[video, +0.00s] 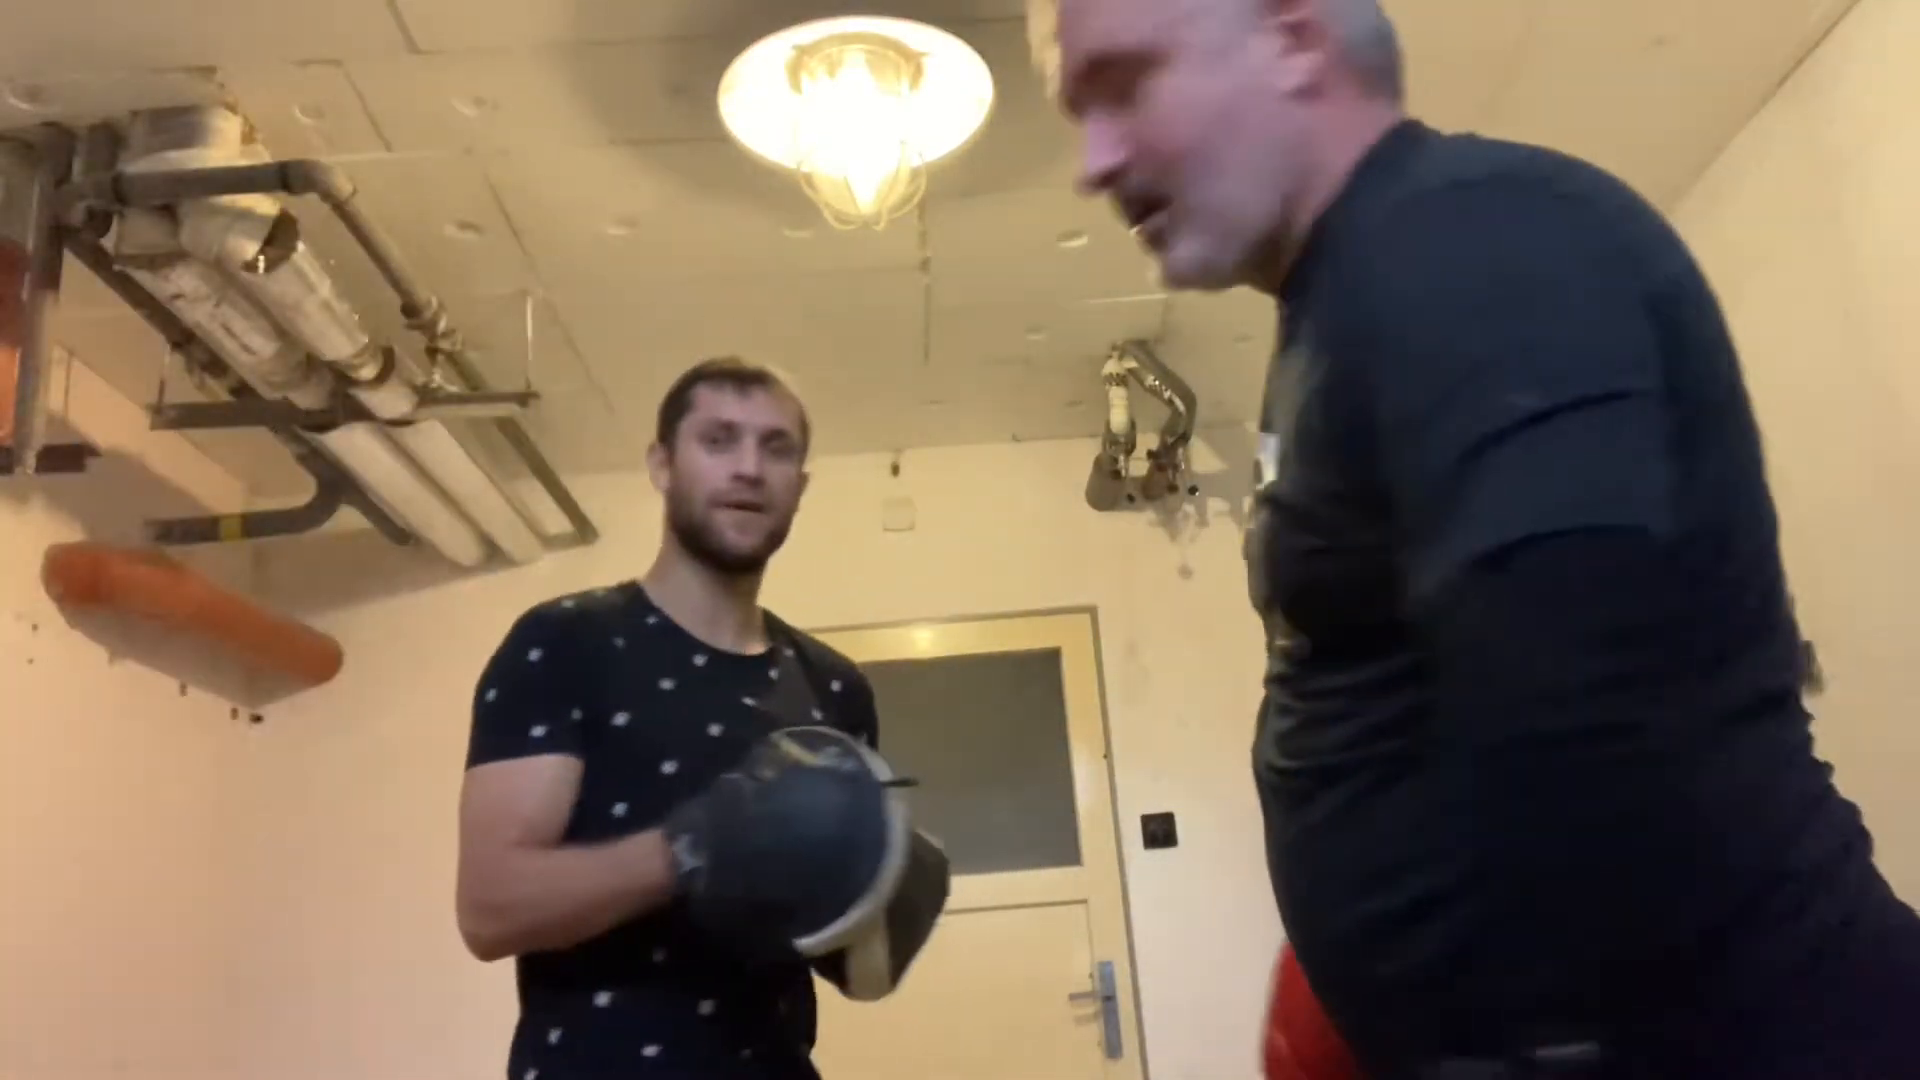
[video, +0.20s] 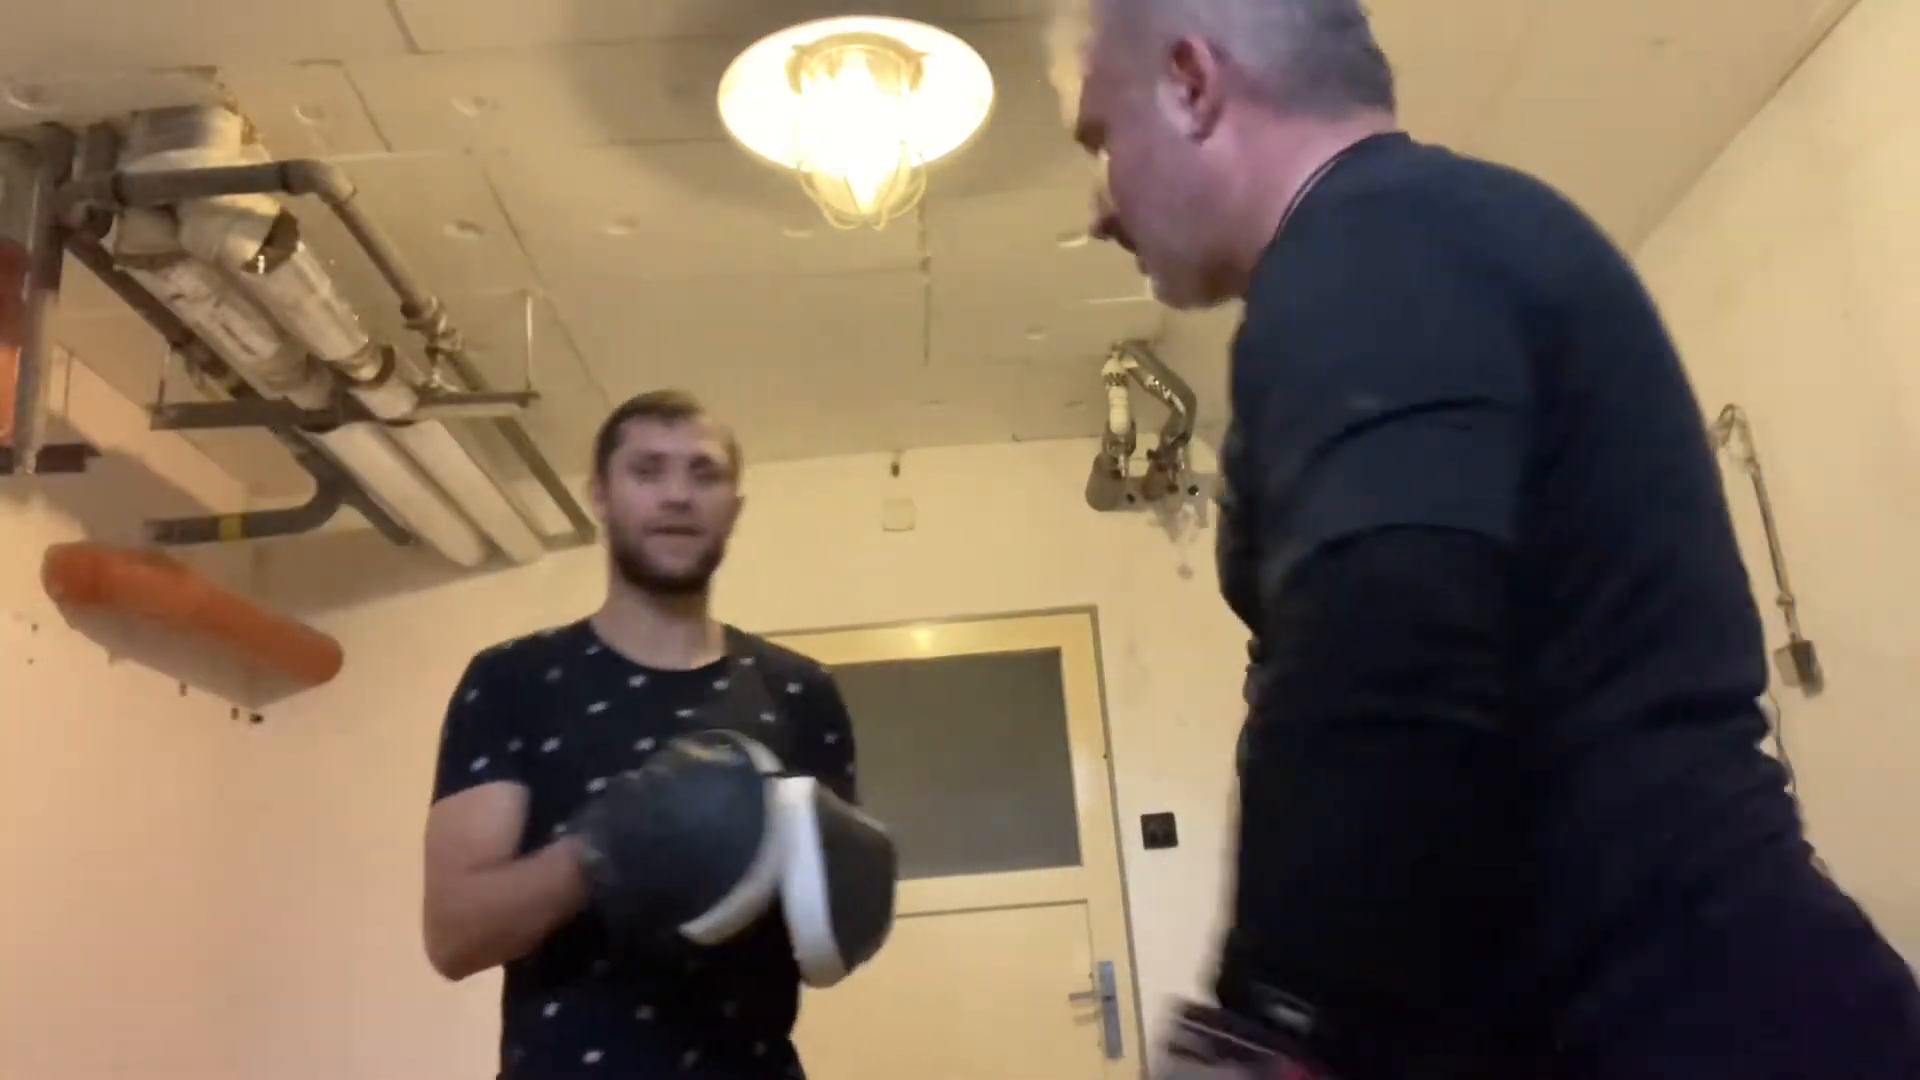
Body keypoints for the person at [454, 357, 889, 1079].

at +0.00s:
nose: (748, 469)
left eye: (776, 448)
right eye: (717, 441)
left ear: (801, 484)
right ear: (661, 466)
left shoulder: (833, 690)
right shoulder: (561, 647)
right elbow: (491, 907)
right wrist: (697, 845)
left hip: (767, 1056)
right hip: (591, 1056)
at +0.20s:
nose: (678, 496)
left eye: (705, 473)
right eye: (647, 471)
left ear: (735, 504)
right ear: (600, 497)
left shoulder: (799, 694)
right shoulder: (513, 686)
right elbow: (455, 934)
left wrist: (838, 876)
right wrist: (610, 843)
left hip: (747, 1056)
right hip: (571, 1061)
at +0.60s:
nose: (556, 548)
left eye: (579, 525)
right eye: (526, 527)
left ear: (611, 552)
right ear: (485, 555)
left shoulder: (702, 700)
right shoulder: (432, 744)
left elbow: (788, 915)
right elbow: (412, 974)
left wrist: (754, 846)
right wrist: (513, 857)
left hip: (690, 1060)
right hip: (519, 1064)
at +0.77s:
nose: (567, 559)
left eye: (589, 538)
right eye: (538, 538)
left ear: (619, 566)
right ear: (496, 566)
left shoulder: (704, 707)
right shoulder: (444, 747)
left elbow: (789, 918)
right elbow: (418, 966)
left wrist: (755, 827)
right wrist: (518, 836)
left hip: (687, 1060)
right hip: (524, 1064)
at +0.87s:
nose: (591, 566)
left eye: (613, 546)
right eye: (563, 545)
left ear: (639, 573)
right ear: (522, 571)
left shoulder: (717, 714)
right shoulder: (465, 748)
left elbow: (797, 923)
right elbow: (437, 964)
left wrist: (760, 828)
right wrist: (536, 834)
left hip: (694, 1059)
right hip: (537, 1062)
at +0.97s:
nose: (627, 574)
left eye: (648, 553)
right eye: (599, 552)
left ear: (672, 578)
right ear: (555, 575)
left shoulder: (740, 724)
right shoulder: (494, 750)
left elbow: (810, 932)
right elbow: (463, 962)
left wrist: (786, 829)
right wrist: (567, 836)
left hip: (710, 1061)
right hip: (555, 1063)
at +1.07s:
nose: (667, 578)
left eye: (688, 559)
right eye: (641, 555)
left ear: (710, 582)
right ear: (595, 574)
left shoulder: (767, 730)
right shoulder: (526, 743)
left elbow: (827, 936)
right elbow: (492, 950)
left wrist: (808, 838)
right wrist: (607, 836)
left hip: (723, 1061)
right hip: (574, 1062)